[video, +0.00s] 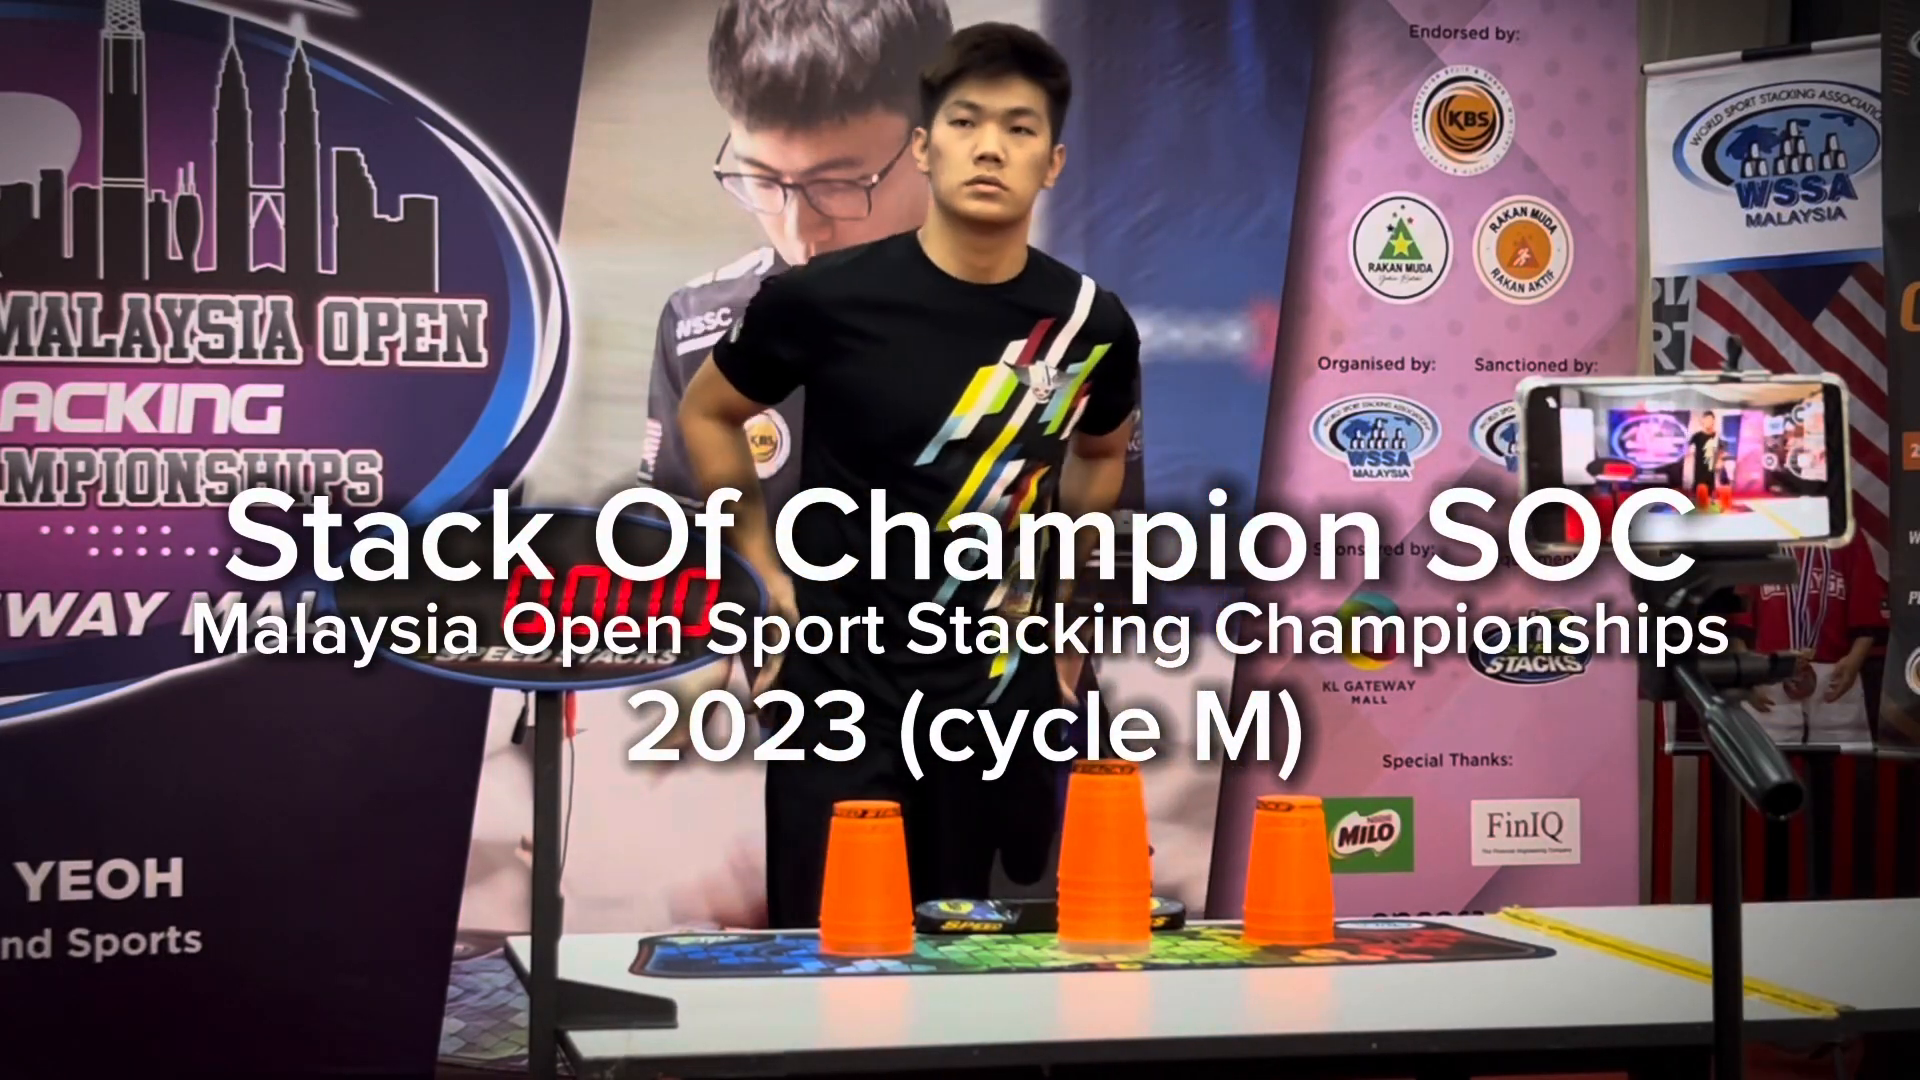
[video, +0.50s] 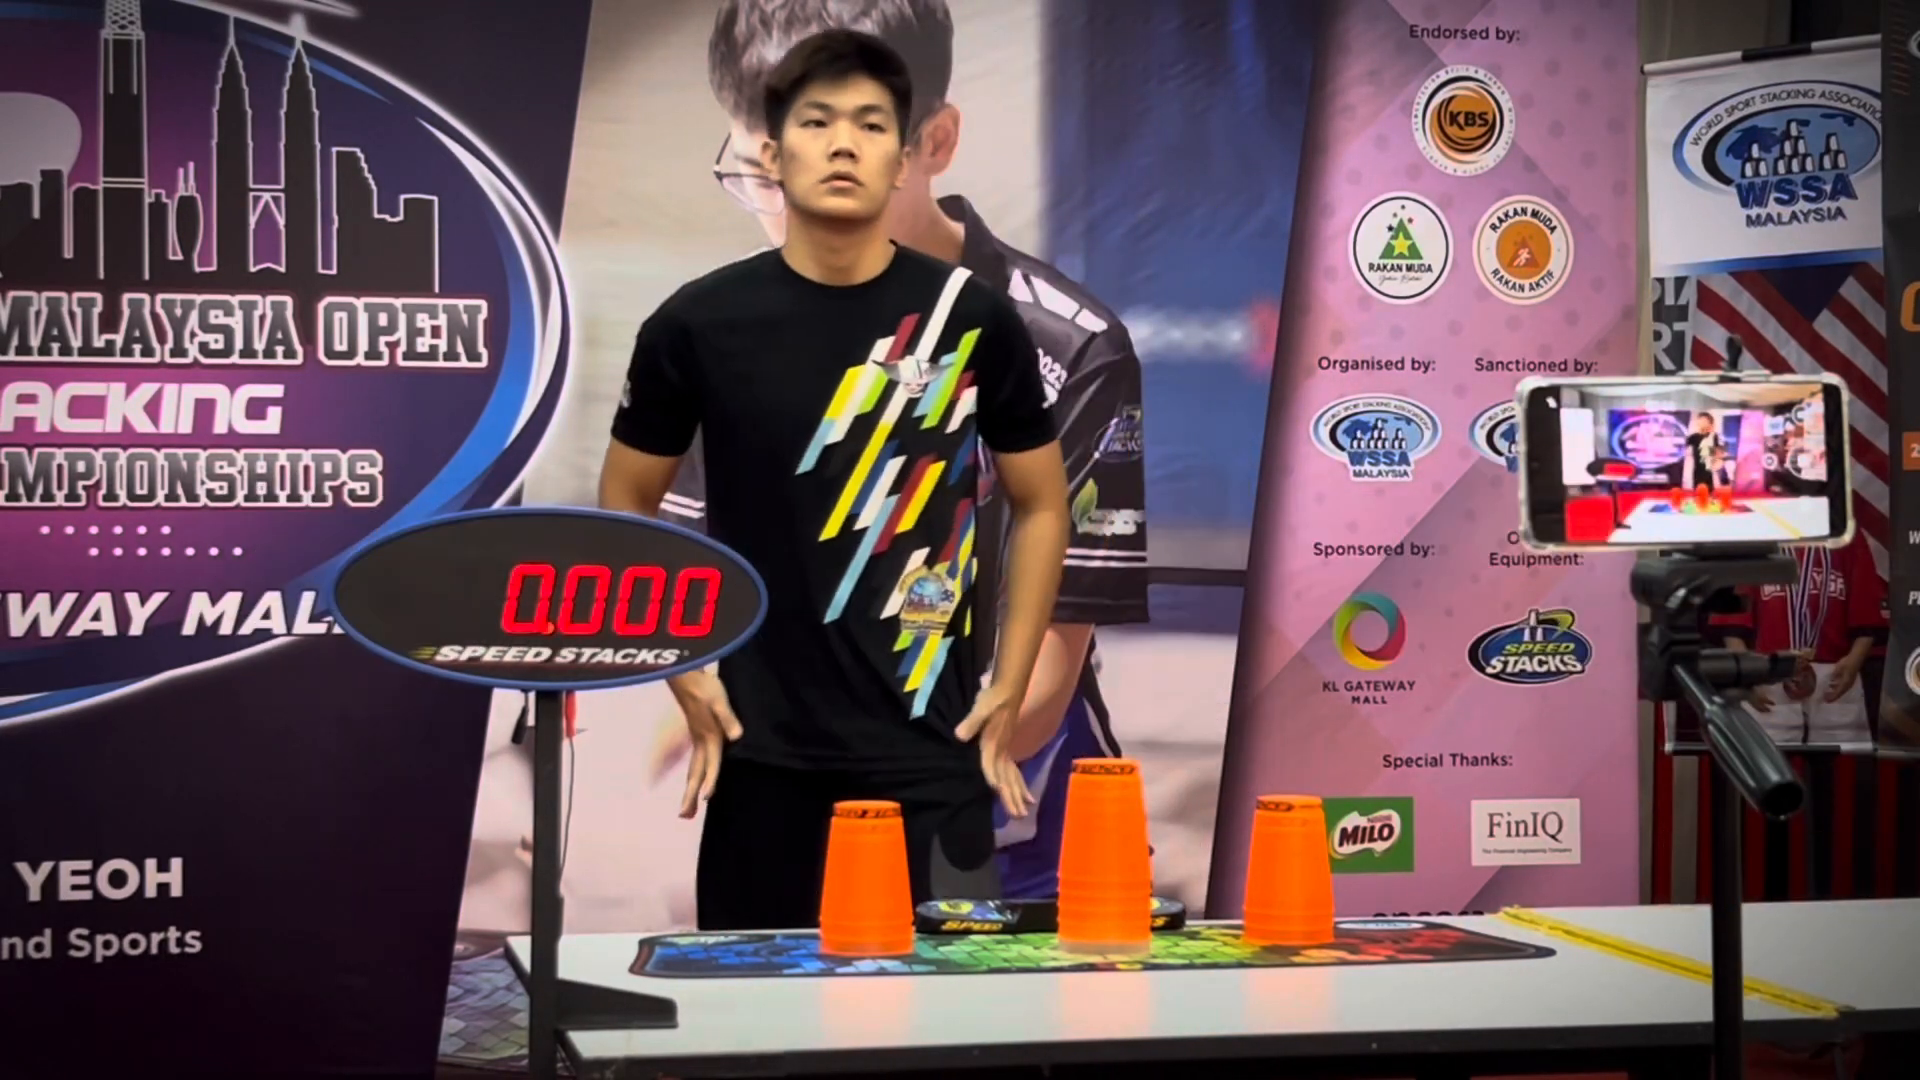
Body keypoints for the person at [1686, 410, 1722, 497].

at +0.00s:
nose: (1709, 422)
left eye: (1711, 419)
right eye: (1706, 419)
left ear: (1714, 421)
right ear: (1702, 421)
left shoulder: (1717, 438)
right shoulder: (1698, 436)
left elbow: (1721, 452)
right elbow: (1687, 446)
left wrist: (1719, 462)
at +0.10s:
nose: (1709, 422)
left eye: (1711, 419)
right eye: (1707, 419)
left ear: (1714, 421)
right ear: (1702, 421)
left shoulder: (1716, 437)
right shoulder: (1698, 436)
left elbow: (1721, 451)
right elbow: (1688, 445)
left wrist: (1719, 461)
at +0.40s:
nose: (1705, 424)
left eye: (1707, 421)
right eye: (1703, 421)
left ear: (1712, 423)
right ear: (1700, 422)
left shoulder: (1715, 437)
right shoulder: (1697, 437)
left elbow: (1721, 451)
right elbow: (1687, 444)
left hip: (1711, 464)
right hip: (1699, 464)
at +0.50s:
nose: (1703, 426)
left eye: (1705, 422)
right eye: (1701, 422)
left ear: (1711, 424)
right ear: (1698, 423)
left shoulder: (1714, 437)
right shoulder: (1695, 437)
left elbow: (1720, 451)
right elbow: (1687, 441)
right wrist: (1701, 434)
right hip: (1699, 469)